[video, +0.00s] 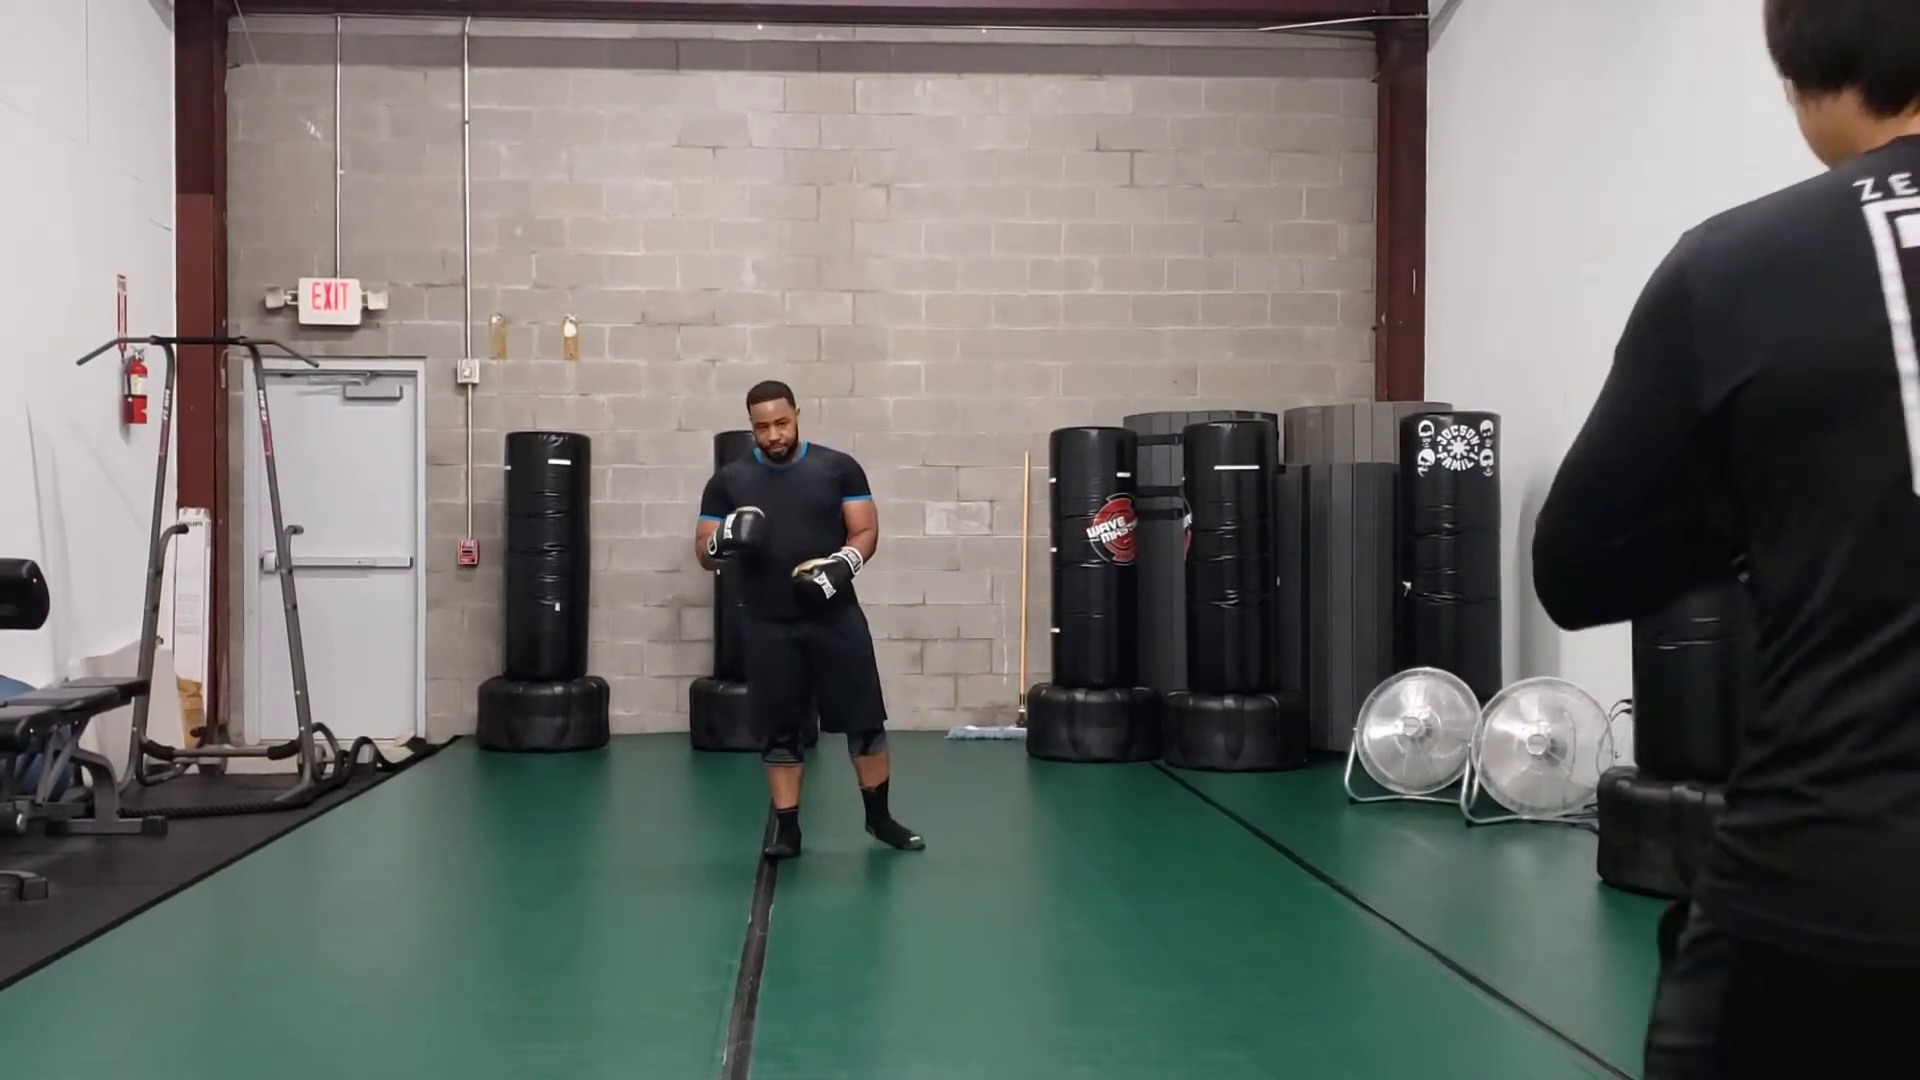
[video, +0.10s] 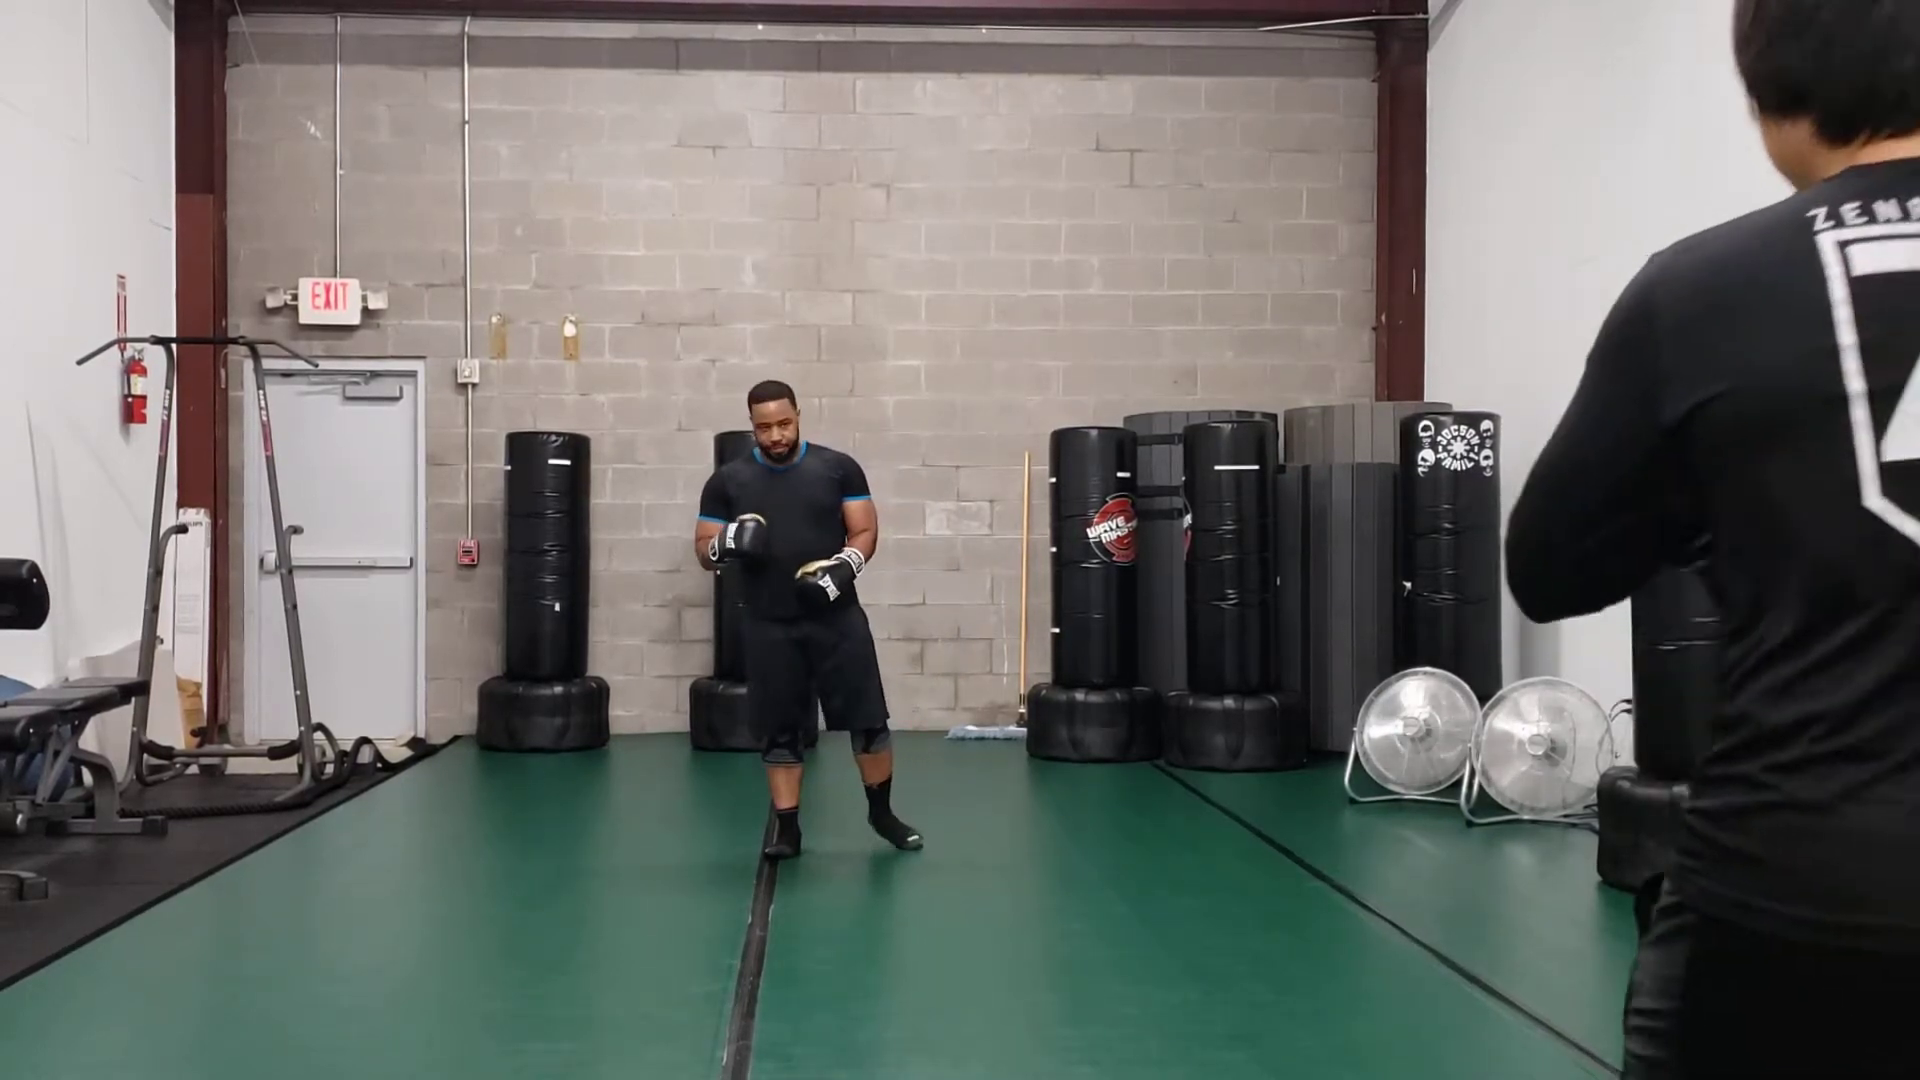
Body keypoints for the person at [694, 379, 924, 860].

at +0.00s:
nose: (775, 434)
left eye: (783, 423)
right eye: (764, 426)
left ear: (797, 418)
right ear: (752, 428)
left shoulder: (840, 469)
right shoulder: (729, 483)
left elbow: (866, 533)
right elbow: (705, 549)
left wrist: (840, 566)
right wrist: (726, 540)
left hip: (835, 620)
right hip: (769, 626)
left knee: (865, 718)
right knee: (780, 729)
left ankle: (879, 817)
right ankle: (786, 832)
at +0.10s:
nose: (777, 435)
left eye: (784, 424)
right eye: (766, 427)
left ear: (799, 419)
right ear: (752, 427)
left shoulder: (840, 469)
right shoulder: (728, 482)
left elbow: (865, 533)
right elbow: (705, 546)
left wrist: (844, 566)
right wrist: (727, 541)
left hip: (836, 621)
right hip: (769, 627)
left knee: (868, 717)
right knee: (780, 730)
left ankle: (882, 812)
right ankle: (786, 831)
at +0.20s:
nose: (779, 436)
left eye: (787, 424)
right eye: (768, 427)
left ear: (801, 419)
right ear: (753, 426)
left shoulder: (839, 470)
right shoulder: (728, 482)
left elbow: (865, 533)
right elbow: (706, 548)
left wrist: (848, 567)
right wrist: (732, 543)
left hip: (838, 622)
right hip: (770, 628)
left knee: (870, 722)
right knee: (780, 732)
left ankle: (881, 814)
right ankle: (786, 830)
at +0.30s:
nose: (785, 437)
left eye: (793, 426)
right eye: (773, 428)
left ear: (805, 419)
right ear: (757, 425)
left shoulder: (841, 470)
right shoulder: (730, 482)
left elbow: (866, 532)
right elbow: (708, 550)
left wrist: (851, 569)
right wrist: (738, 546)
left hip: (839, 623)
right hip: (771, 628)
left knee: (865, 725)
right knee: (780, 733)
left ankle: (878, 823)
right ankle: (786, 831)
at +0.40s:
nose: (791, 437)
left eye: (800, 426)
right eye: (780, 428)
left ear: (812, 421)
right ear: (764, 425)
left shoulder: (845, 471)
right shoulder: (734, 481)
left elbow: (869, 534)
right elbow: (712, 551)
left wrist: (856, 571)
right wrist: (746, 546)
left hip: (840, 623)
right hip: (773, 627)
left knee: (859, 725)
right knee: (781, 731)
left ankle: (874, 832)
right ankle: (786, 831)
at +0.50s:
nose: (800, 438)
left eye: (808, 427)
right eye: (789, 429)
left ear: (819, 422)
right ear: (772, 424)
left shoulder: (852, 472)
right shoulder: (741, 479)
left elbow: (875, 536)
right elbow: (718, 550)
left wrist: (863, 574)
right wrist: (755, 542)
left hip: (843, 623)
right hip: (776, 627)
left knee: (858, 728)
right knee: (783, 734)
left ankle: (870, 838)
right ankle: (787, 832)